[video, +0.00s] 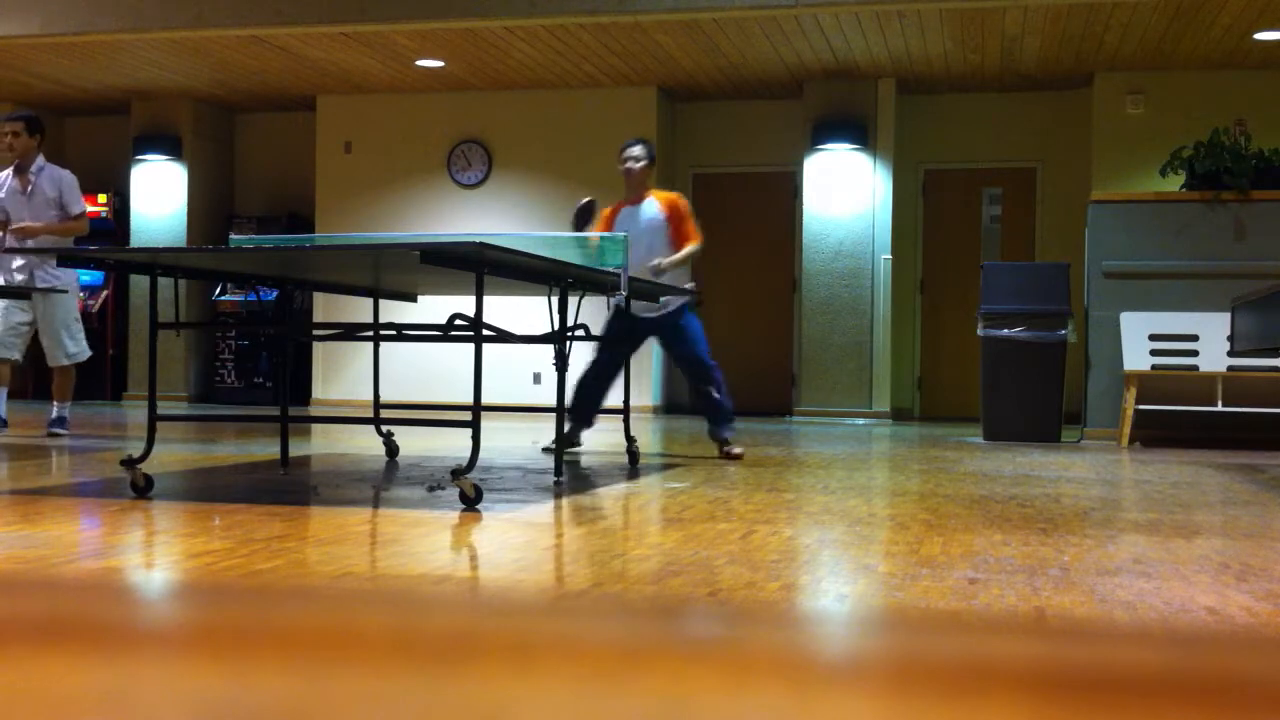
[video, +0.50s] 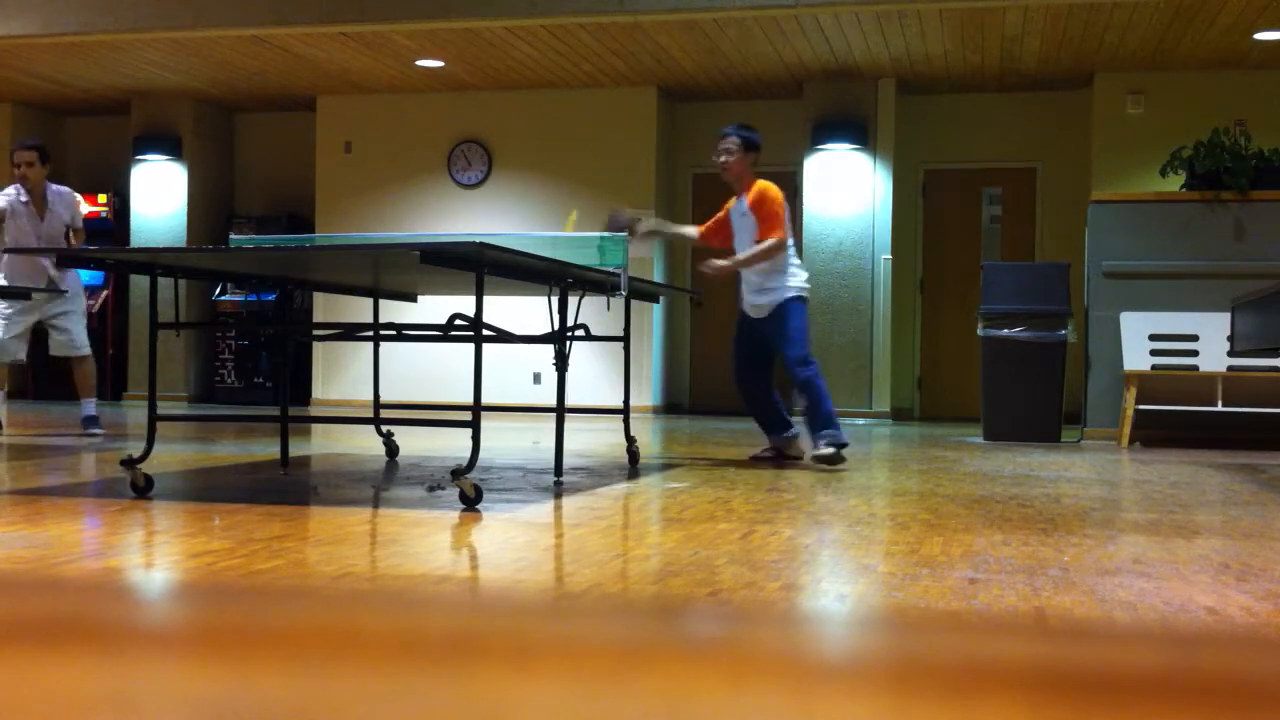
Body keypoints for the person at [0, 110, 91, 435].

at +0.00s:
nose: (8, 141)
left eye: (15, 135)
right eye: (5, 135)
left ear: (36, 139)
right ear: (2, 140)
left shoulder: (62, 179)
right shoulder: (2, 181)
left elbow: (81, 225)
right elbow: (3, 221)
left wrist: (40, 229)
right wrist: (3, 229)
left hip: (53, 282)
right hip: (11, 281)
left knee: (62, 355)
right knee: (2, 350)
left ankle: (59, 416)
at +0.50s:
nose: (22, 171)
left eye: (28, 165)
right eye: (17, 166)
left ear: (45, 167)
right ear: (13, 169)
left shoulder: (66, 198)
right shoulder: (7, 201)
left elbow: (78, 232)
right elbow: (0, 230)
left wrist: (73, 250)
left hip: (63, 287)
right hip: (15, 289)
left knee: (80, 349)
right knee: (2, 350)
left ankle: (89, 414)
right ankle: (0, 413)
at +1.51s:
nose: (1, 151)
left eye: (4, 145)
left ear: (23, 146)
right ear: (6, 149)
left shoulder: (58, 181)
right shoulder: (3, 191)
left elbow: (88, 224)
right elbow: (6, 240)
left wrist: (53, 243)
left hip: (65, 284)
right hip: (20, 284)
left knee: (85, 353)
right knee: (2, 352)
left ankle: (94, 416)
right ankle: (0, 416)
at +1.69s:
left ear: (5, 142)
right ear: (4, 142)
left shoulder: (38, 177)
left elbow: (68, 218)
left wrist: (29, 243)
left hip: (49, 283)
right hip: (7, 283)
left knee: (75, 351)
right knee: (2, 358)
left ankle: (90, 413)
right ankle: (3, 423)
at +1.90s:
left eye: (0, 132)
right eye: (0, 133)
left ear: (5, 135)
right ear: (5, 136)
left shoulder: (29, 171)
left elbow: (58, 213)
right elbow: (54, 213)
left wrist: (19, 234)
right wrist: (20, 236)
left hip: (37, 274)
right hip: (4, 276)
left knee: (59, 346)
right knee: (1, 356)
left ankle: (76, 408)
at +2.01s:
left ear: (5, 134)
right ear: (3, 135)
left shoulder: (31, 171)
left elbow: (55, 216)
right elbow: (50, 216)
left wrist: (14, 232)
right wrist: (14, 234)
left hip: (30, 273)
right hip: (2, 273)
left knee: (47, 344)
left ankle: (66, 406)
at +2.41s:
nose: (6, 131)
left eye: (15, 125)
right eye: (5, 125)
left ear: (34, 132)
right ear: (2, 133)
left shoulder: (56, 176)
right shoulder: (1, 175)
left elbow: (69, 224)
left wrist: (28, 216)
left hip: (39, 274)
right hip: (2, 271)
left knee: (52, 350)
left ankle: (60, 414)